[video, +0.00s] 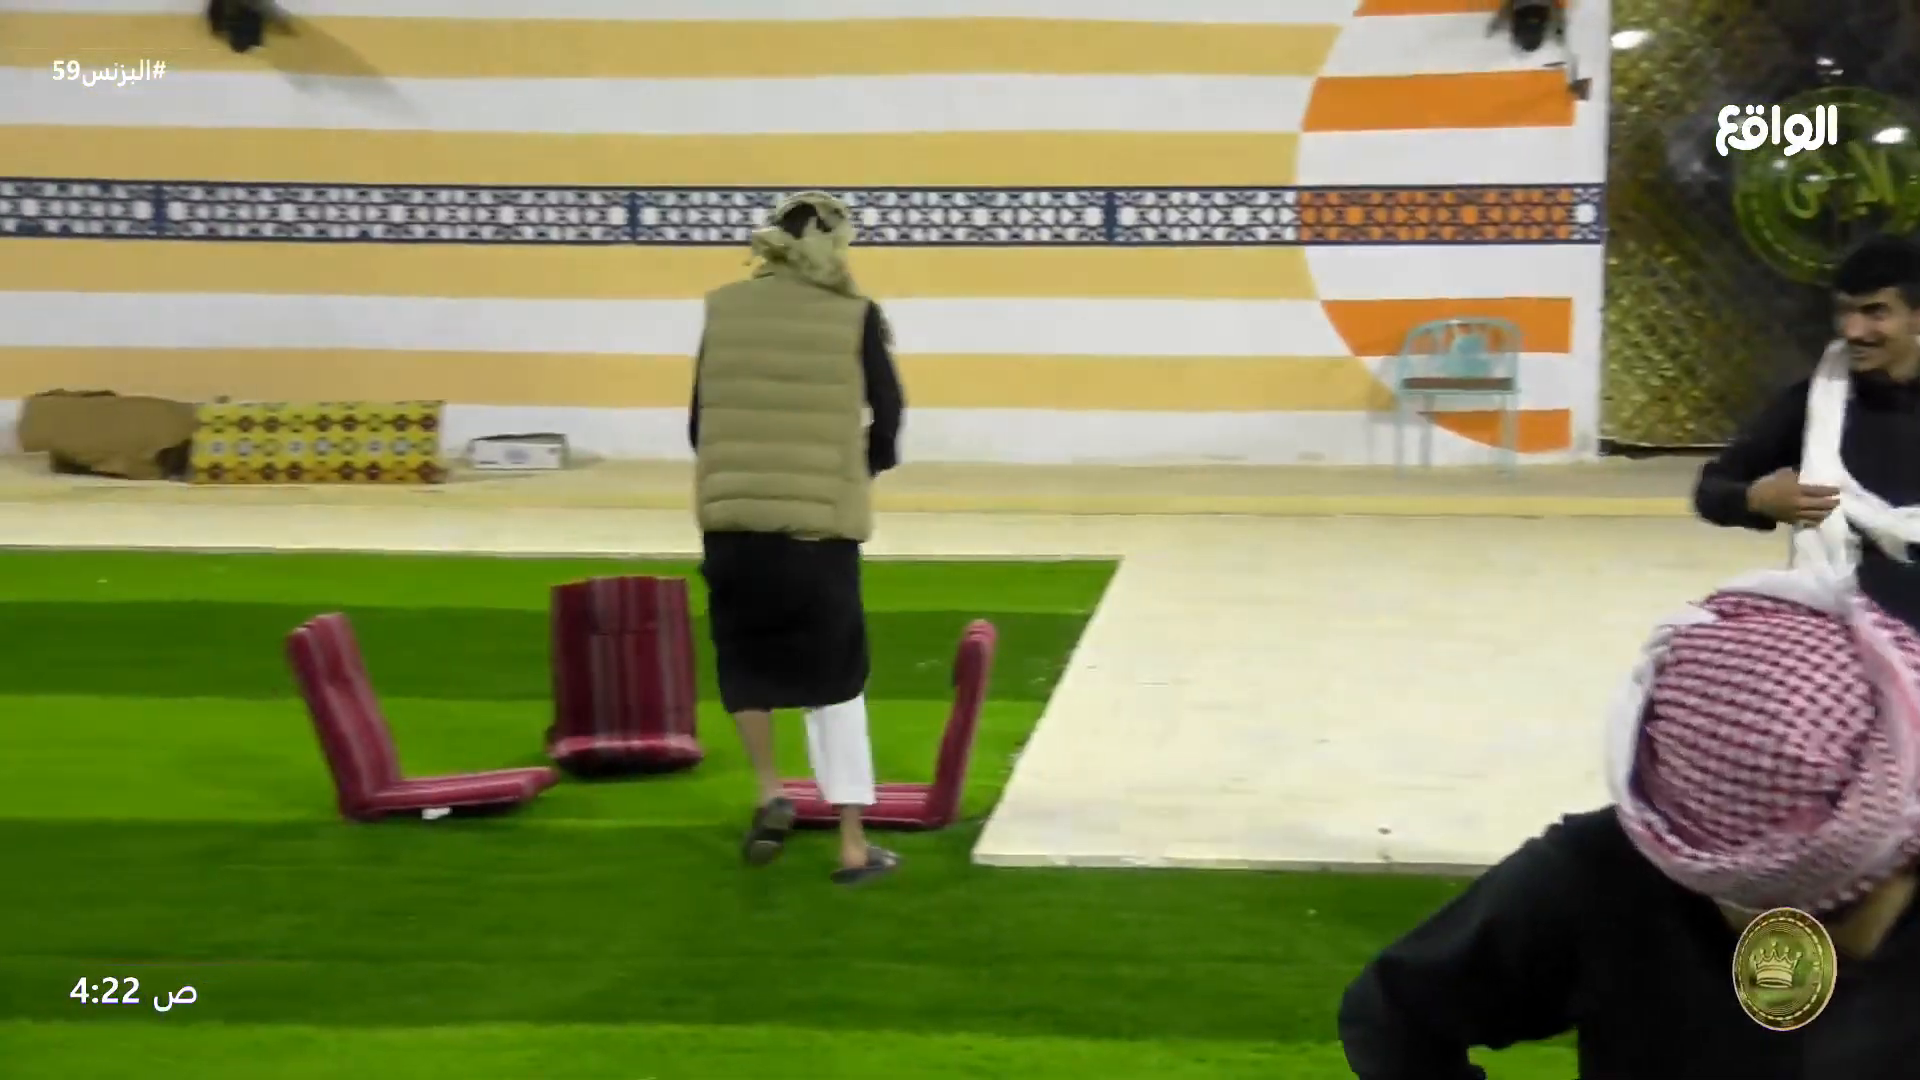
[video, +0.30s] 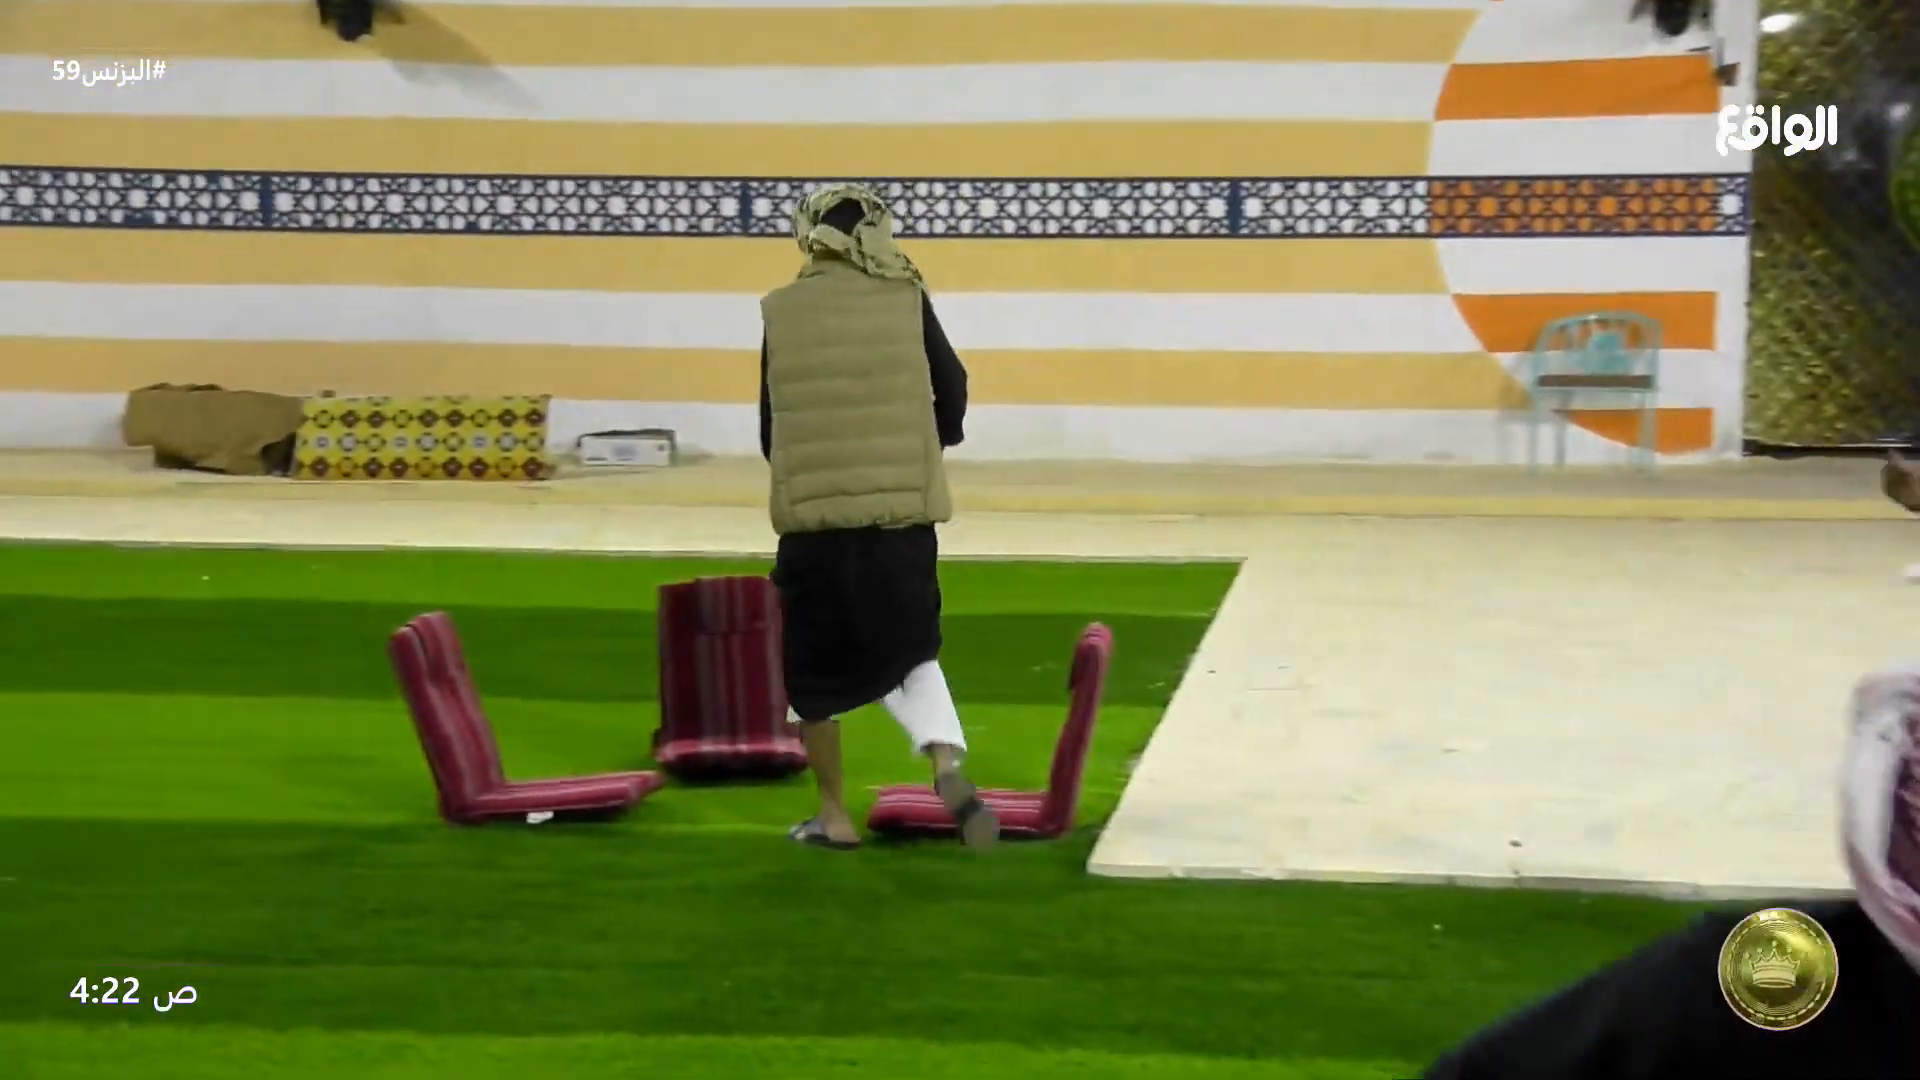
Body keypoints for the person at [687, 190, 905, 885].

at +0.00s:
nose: (843, 252)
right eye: (843, 242)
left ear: (772, 240)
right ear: (837, 248)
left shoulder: (726, 308)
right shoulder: (855, 316)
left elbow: (700, 420)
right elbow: (888, 422)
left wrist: (736, 467)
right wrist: (855, 465)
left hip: (731, 529)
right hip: (822, 531)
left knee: (741, 658)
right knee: (838, 681)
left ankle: (770, 792)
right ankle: (853, 847)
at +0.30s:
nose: (799, 243)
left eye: (804, 233)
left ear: (810, 238)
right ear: (878, 236)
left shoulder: (784, 309)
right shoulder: (907, 299)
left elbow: (772, 427)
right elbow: (951, 387)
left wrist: (812, 460)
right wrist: (931, 437)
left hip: (812, 527)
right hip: (904, 521)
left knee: (812, 671)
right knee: (910, 652)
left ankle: (835, 817)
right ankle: (948, 768)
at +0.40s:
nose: (810, 233)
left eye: (813, 223)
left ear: (823, 228)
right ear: (890, 222)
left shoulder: (796, 297)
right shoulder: (920, 284)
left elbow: (783, 417)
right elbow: (962, 379)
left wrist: (811, 472)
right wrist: (946, 419)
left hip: (833, 511)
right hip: (917, 501)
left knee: (837, 661)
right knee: (919, 621)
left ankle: (856, 822)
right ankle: (950, 734)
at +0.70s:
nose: (902, 238)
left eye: (906, 226)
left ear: (916, 231)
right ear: (980, 220)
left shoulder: (905, 303)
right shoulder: (1024, 288)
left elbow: (893, 413)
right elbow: (1074, 379)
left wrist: (895, 483)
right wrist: (1040, 436)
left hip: (951, 523)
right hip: (1030, 518)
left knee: (963, 692)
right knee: (997, 643)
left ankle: (977, 850)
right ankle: (1010, 781)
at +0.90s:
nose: (965, 269)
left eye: (971, 252)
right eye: (963, 254)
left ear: (1006, 248)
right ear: (1030, 247)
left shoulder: (1027, 310)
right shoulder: (1089, 306)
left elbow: (1017, 428)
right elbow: (1148, 395)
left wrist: (1008, 509)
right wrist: (1088, 455)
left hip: (1065, 530)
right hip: (1115, 525)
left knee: (1019, 679)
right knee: (1072, 683)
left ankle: (1049, 851)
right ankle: (1070, 841)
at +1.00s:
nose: (997, 264)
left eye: (1005, 248)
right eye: (994, 249)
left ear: (1045, 245)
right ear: (1052, 248)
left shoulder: (1073, 307)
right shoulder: (1094, 298)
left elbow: (1071, 415)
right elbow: (1149, 395)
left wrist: (1060, 491)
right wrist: (1087, 483)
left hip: (1109, 523)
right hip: (1140, 517)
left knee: (1031, 665)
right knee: (1075, 675)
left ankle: (1105, 825)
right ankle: (1104, 831)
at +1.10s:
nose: (1055, 253)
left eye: (1066, 238)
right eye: (1054, 239)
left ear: (1110, 237)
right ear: (1093, 241)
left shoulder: (1145, 302)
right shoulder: (1101, 306)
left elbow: (1145, 422)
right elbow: (1116, 421)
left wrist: (1115, 517)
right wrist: (1112, 513)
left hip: (1166, 521)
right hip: (1155, 523)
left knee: (1066, 659)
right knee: (1144, 688)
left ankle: (1206, 781)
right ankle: (1140, 866)